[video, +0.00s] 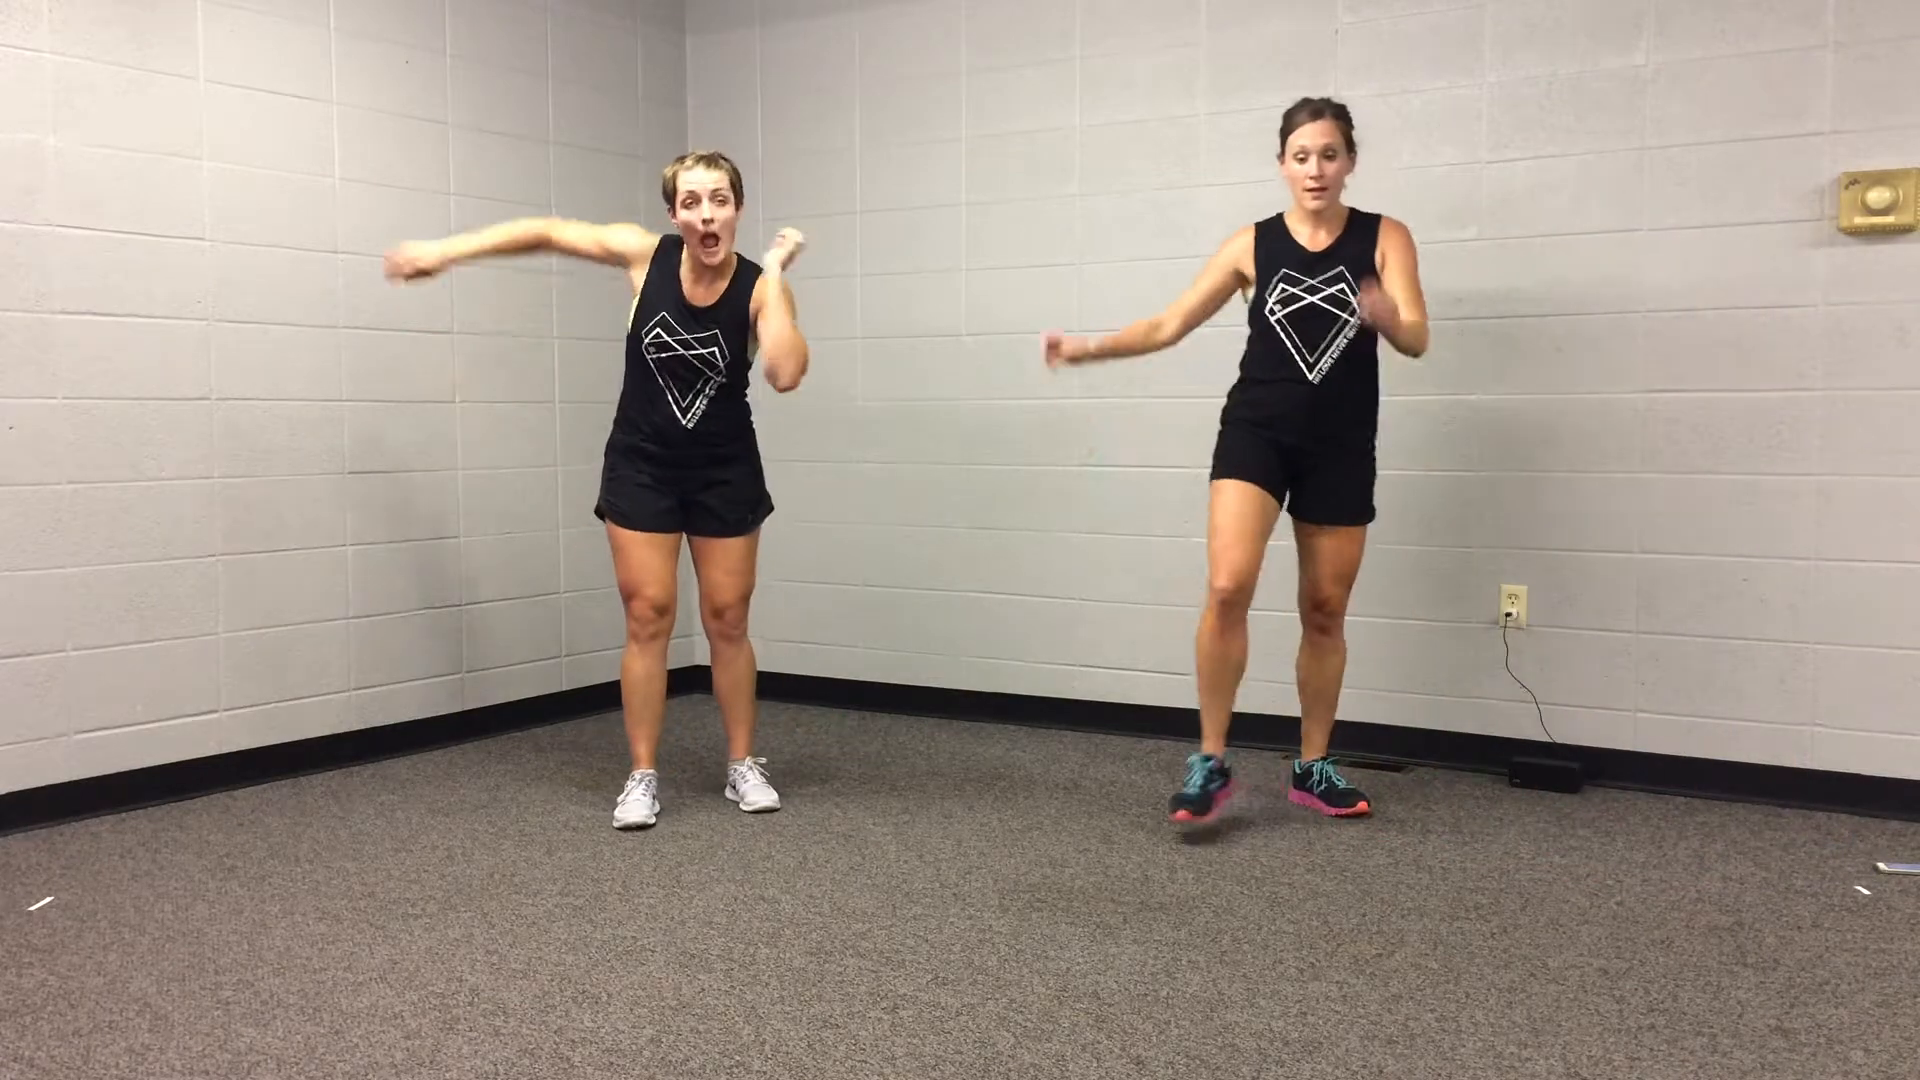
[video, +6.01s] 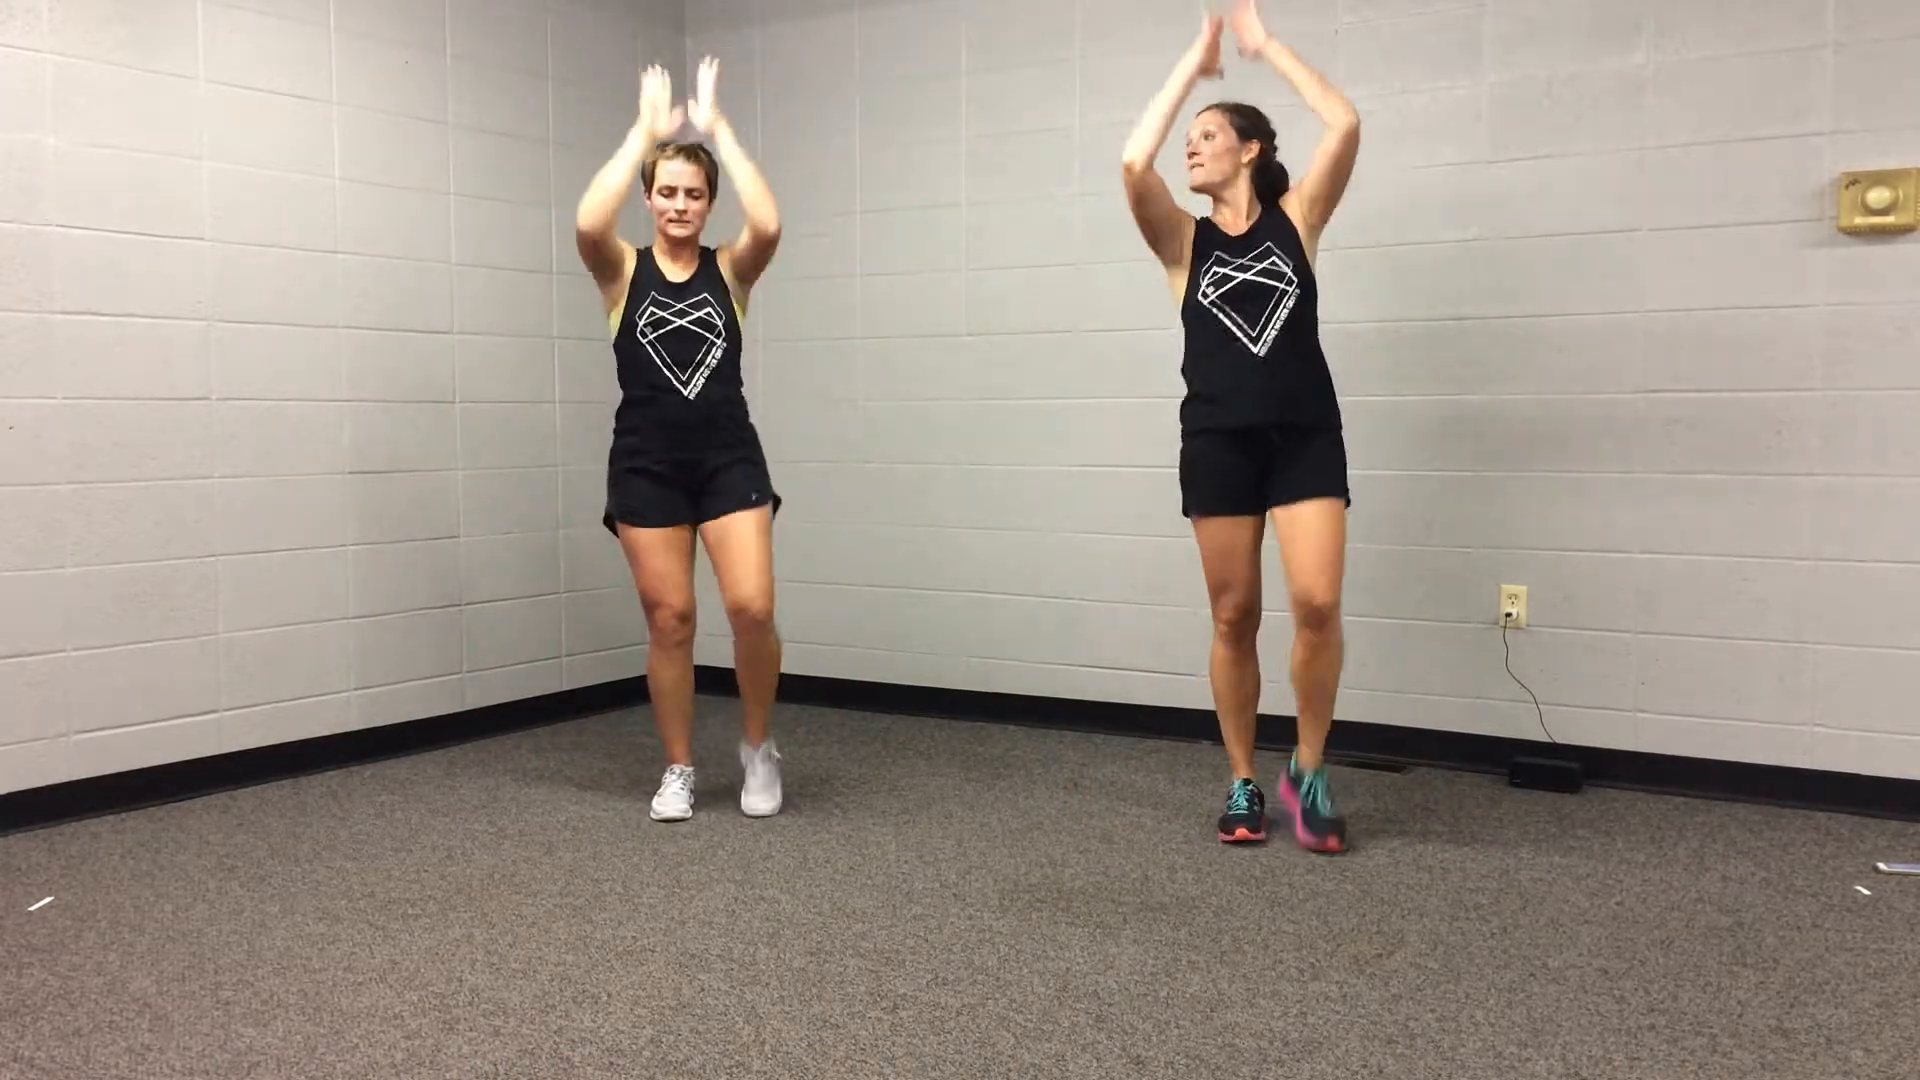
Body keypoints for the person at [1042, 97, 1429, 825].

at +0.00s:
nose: (1316, 168)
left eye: (1330, 155)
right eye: (1303, 156)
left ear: (1351, 163)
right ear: (1282, 165)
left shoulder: (1384, 238)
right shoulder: (1253, 245)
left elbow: (1417, 341)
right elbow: (1166, 326)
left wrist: (1388, 320)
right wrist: (1088, 348)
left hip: (1341, 443)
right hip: (1256, 433)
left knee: (1325, 608)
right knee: (1227, 588)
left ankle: (1313, 764)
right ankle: (1210, 759)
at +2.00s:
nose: (1315, 246)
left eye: (1331, 229)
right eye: (1302, 231)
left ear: (1362, 230)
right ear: (1288, 232)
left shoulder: (1395, 301)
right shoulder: (1257, 307)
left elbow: (1441, 412)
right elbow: (1226, 418)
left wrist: (1465, 515)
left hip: (1351, 461)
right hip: (1264, 461)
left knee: (1387, 621)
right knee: (1189, 602)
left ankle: (1416, 773)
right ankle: (1148, 776)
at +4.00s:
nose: (1317, 244)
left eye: (1331, 228)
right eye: (1303, 230)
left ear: (1356, 216)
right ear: (1283, 224)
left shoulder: (1403, 286)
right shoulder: (1268, 311)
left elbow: (1479, 359)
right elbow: (1254, 435)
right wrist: (1342, 474)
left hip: (1401, 468)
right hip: (1307, 475)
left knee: (1435, 641)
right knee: (1224, 630)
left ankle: (1424, 789)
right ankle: (1144, 786)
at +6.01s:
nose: (1191, 151)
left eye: (1207, 137)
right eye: (1189, 143)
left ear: (1253, 150)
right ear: (1193, 164)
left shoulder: (1297, 219)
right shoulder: (1182, 239)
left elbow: (1346, 121)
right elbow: (1134, 169)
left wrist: (1266, 43)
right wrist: (1193, 68)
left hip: (1306, 438)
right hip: (1218, 443)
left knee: (1319, 607)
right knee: (1233, 618)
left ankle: (1309, 773)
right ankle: (1243, 779)